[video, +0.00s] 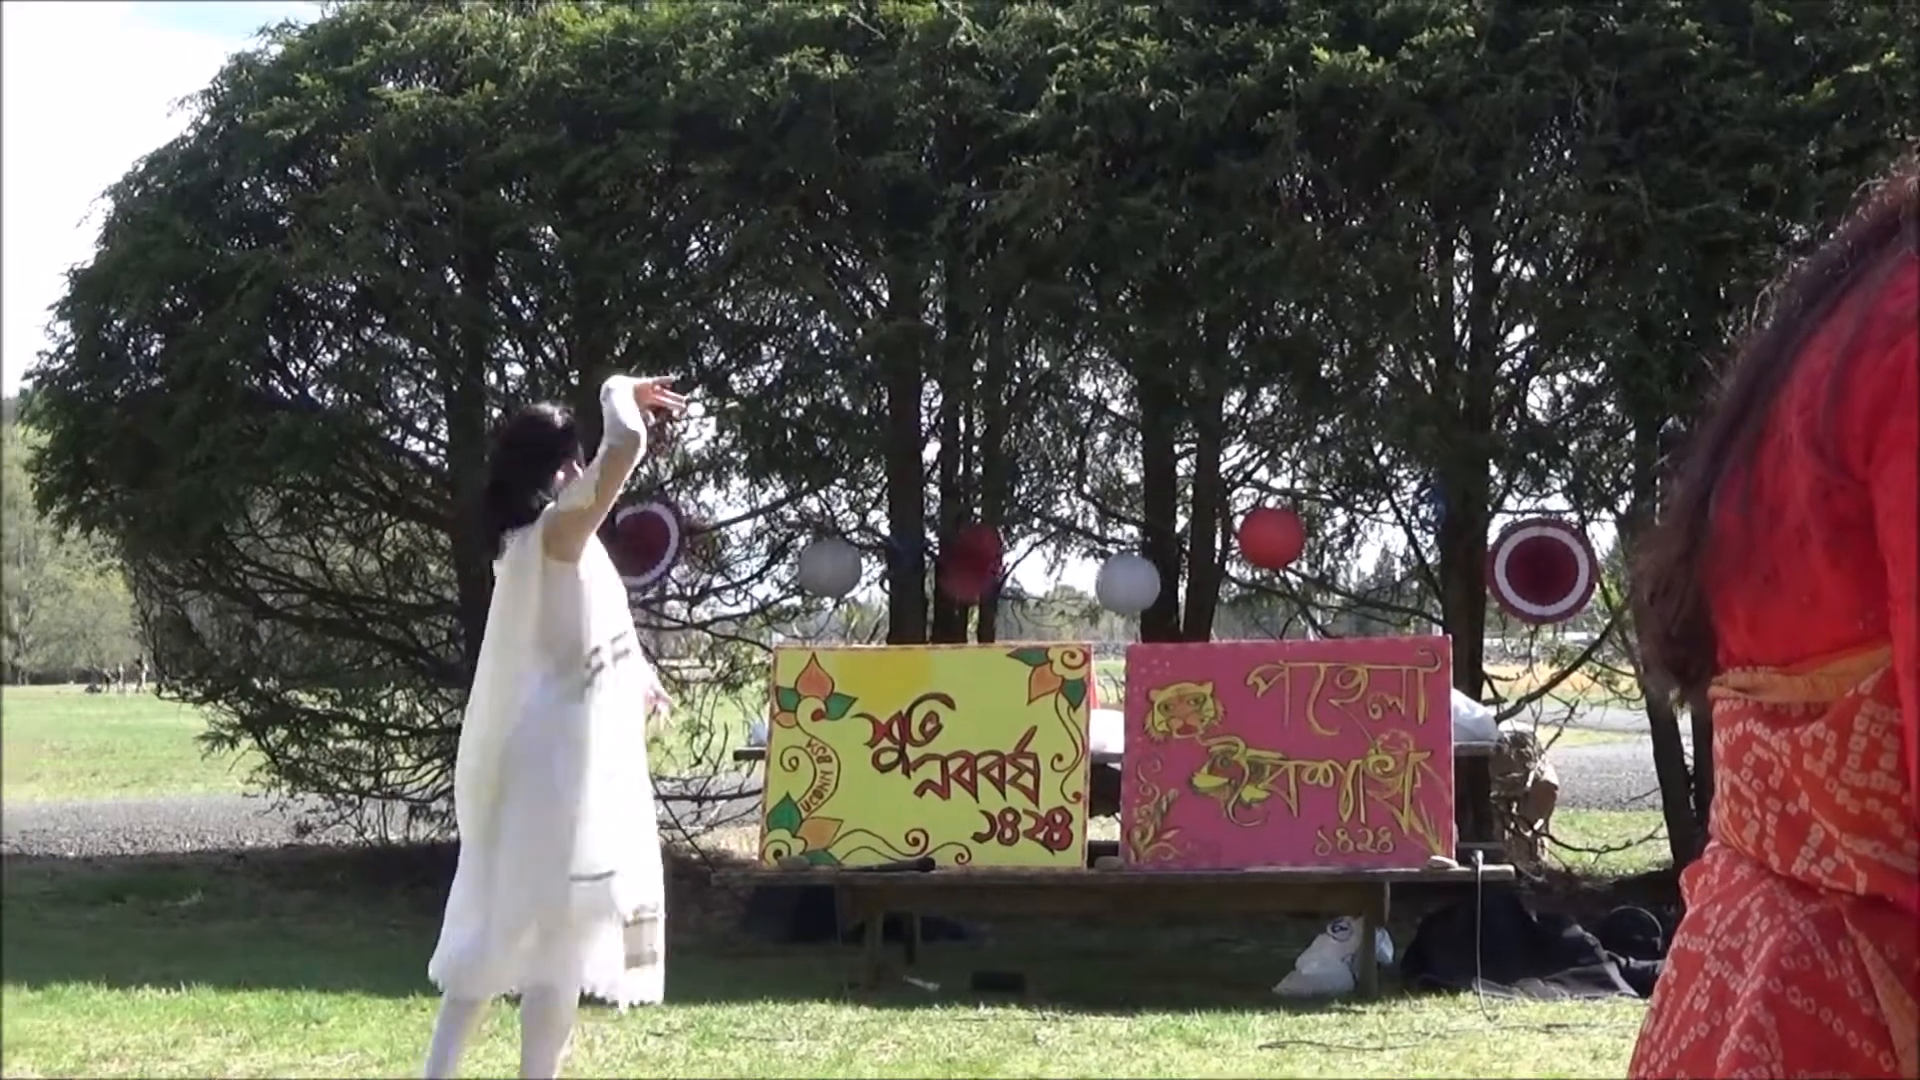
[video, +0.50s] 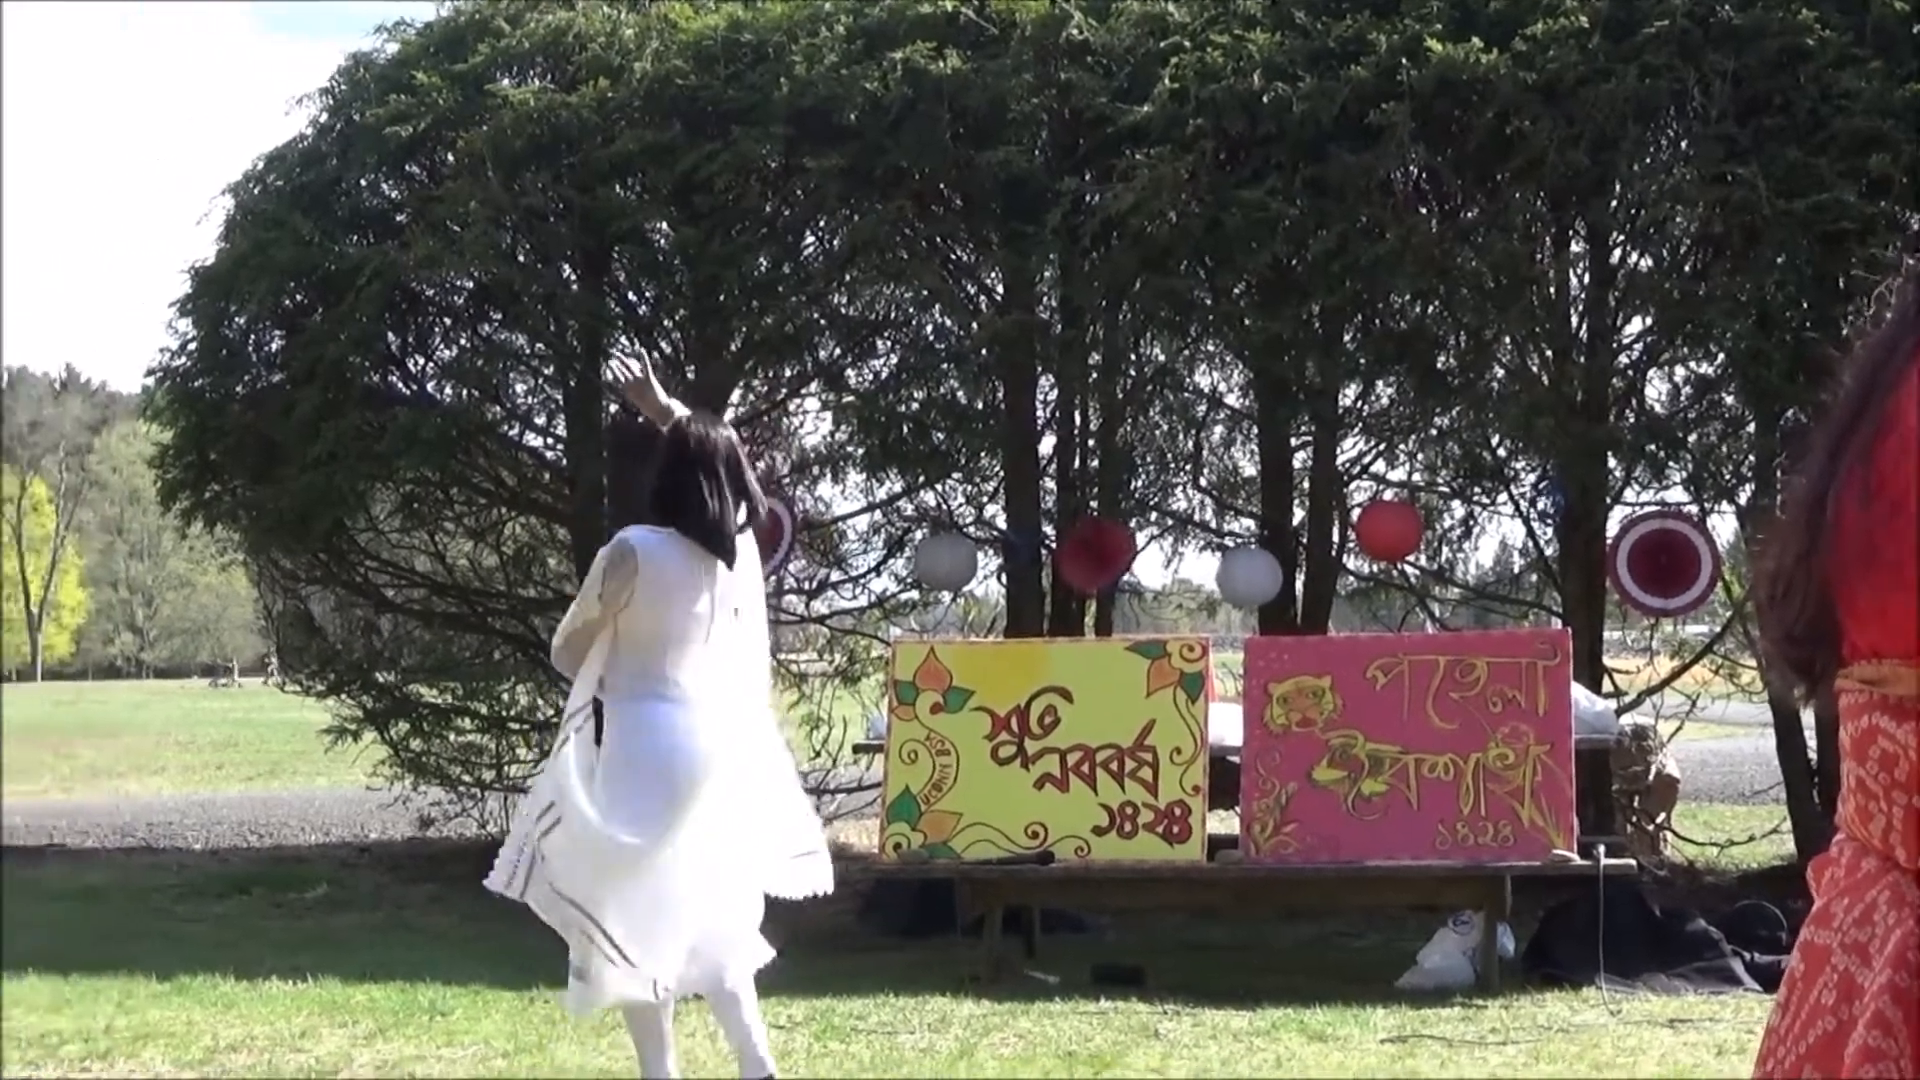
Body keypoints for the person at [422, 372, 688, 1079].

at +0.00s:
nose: (588, 473)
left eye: (586, 460)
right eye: (579, 459)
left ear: (528, 475)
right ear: (557, 472)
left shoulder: (559, 548)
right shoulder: (545, 542)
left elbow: (583, 644)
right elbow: (599, 488)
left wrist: (639, 677)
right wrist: (627, 412)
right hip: (550, 772)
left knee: (491, 934)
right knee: (558, 939)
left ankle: (438, 1067)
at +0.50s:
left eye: (661, 458)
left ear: (666, 474)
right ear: (734, 481)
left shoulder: (631, 551)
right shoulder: (744, 553)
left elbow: (567, 645)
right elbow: (723, 466)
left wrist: (612, 687)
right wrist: (662, 407)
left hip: (642, 736)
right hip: (720, 735)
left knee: (631, 912)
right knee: (718, 911)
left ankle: (659, 1069)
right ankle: (759, 1065)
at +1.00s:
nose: (684, 491)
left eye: (697, 478)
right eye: (683, 480)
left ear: (738, 485)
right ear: (686, 487)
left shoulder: (753, 563)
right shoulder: (676, 553)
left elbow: (715, 670)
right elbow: (592, 501)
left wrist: (621, 715)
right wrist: (658, 430)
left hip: (707, 776)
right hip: (652, 772)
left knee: (703, 937)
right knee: (661, 932)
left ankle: (771, 1067)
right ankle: (667, 1069)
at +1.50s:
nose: (753, 488)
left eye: (767, 475)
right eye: (739, 477)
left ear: (790, 485)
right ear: (722, 489)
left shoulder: (812, 561)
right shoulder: (696, 564)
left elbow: (835, 667)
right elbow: (597, 558)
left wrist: (844, 757)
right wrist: (597, 459)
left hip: (781, 762)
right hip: (711, 758)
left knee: (743, 911)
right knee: (753, 917)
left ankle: (717, 1068)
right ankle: (785, 1067)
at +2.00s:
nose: (768, 483)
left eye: (777, 471)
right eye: (753, 472)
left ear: (793, 480)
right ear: (727, 483)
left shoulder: (820, 557)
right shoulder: (693, 558)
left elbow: (907, 619)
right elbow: (584, 575)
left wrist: (994, 660)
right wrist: (513, 528)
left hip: (799, 758)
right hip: (720, 756)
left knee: (770, 908)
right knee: (753, 911)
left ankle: (763, 1068)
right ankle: (783, 1063)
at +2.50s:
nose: (742, 501)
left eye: (756, 489)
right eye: (730, 488)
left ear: (777, 498)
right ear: (709, 496)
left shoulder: (796, 573)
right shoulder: (672, 589)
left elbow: (885, 644)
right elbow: (594, 670)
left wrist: (986, 707)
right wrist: (606, 647)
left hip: (764, 783)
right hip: (681, 782)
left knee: (756, 937)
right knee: (657, 919)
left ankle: (763, 1071)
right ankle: (719, 1048)